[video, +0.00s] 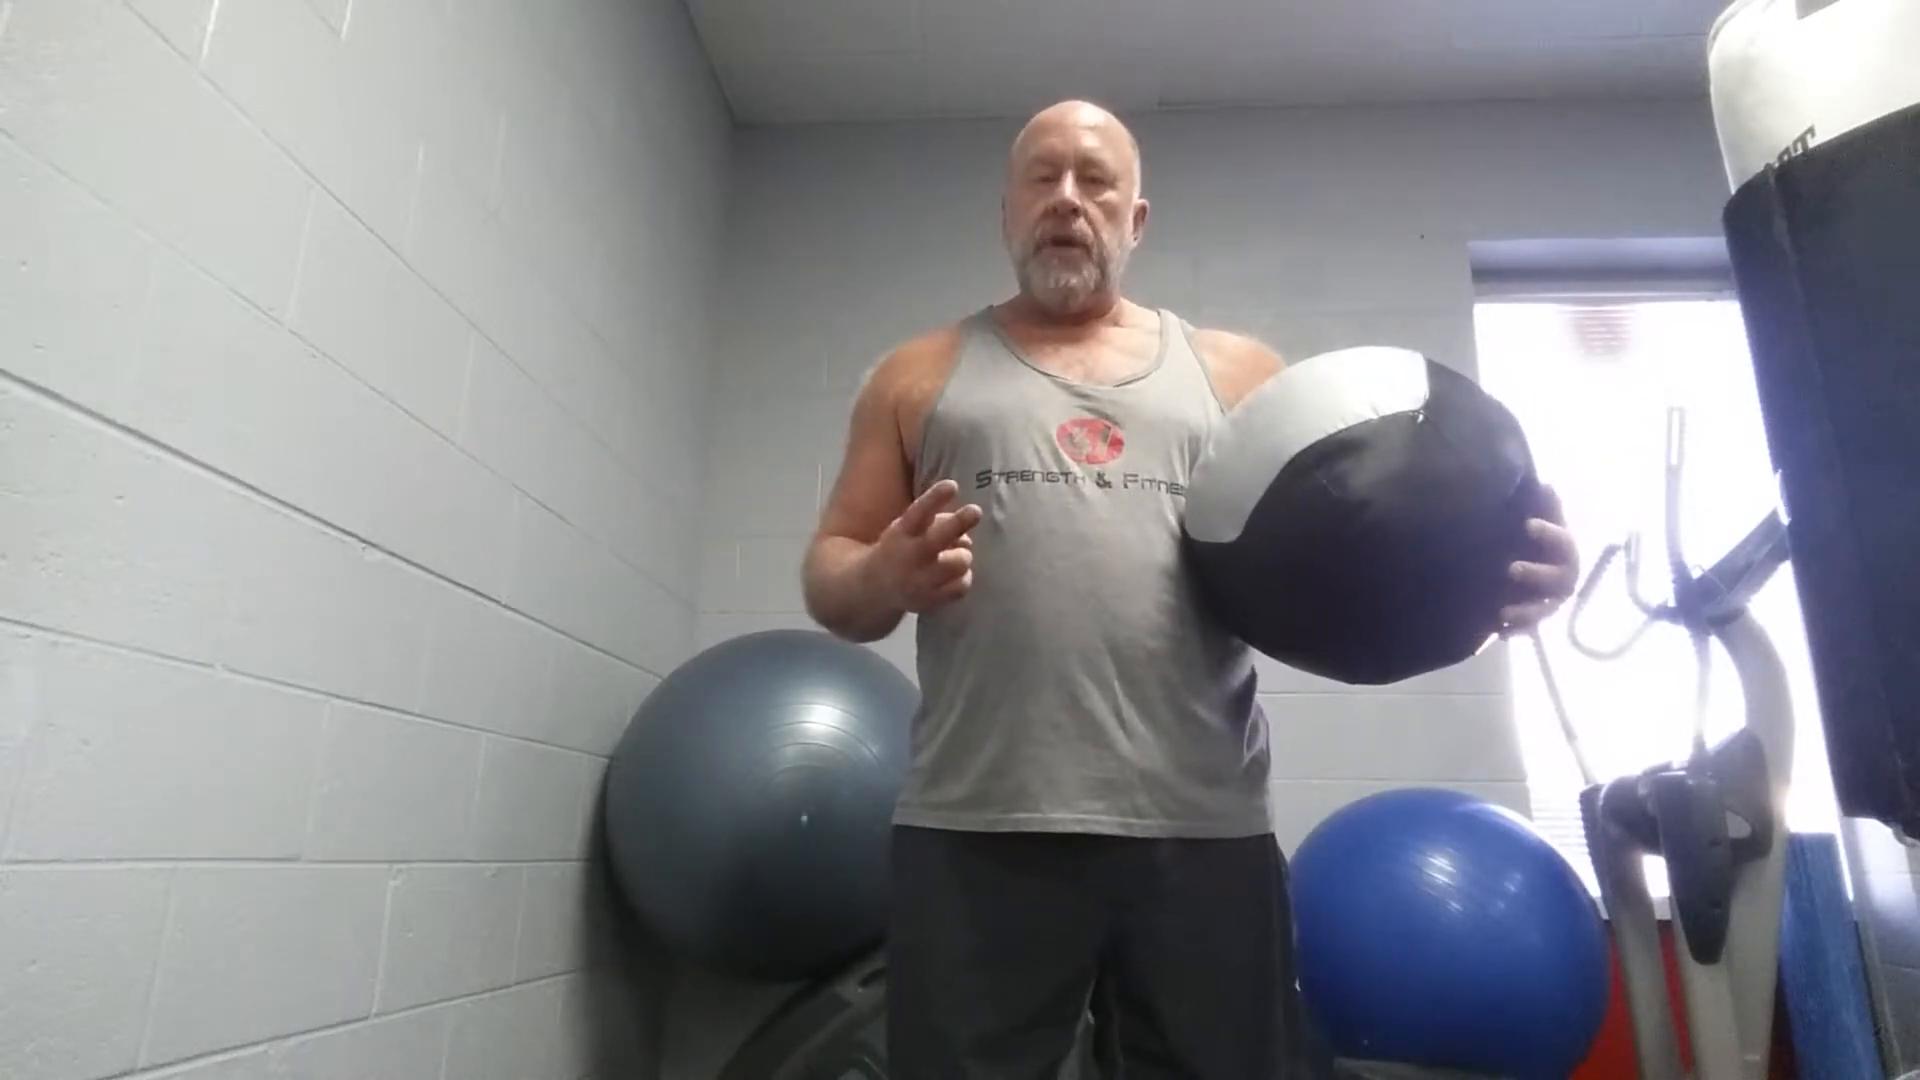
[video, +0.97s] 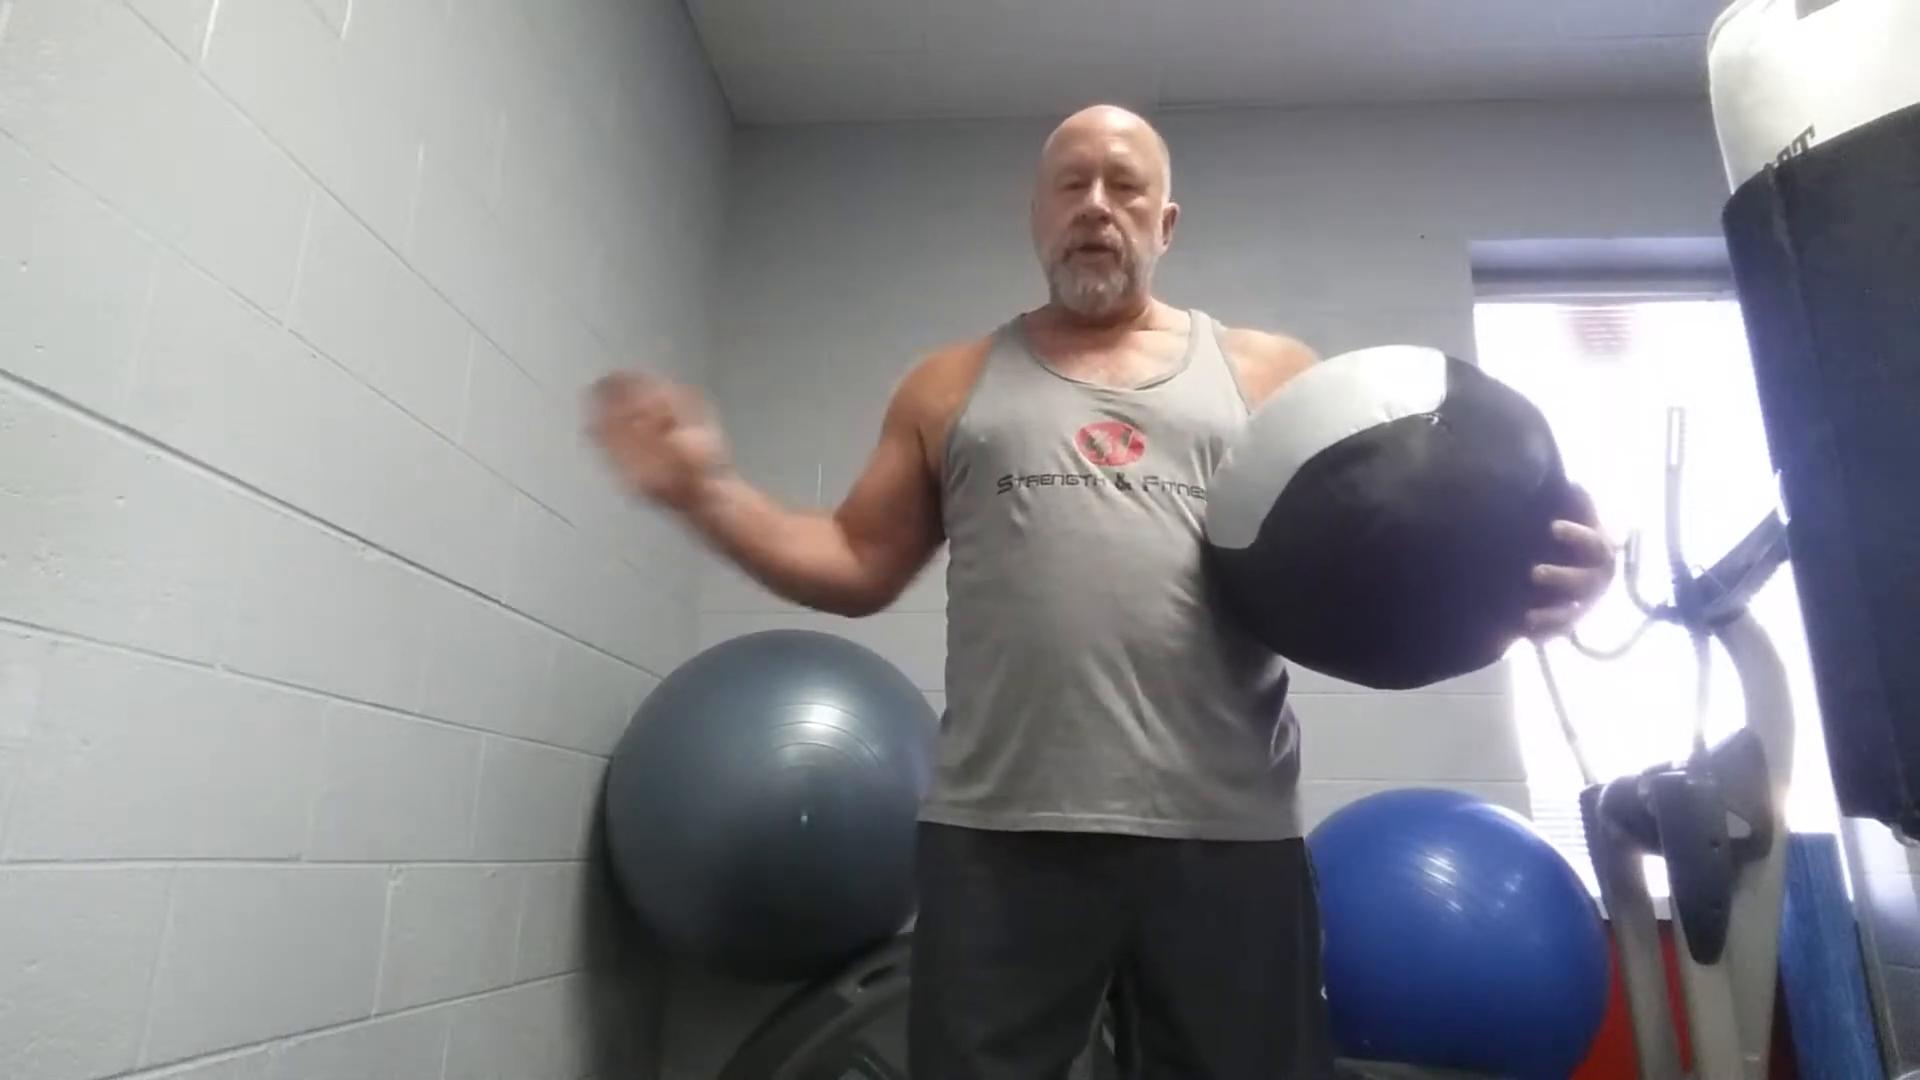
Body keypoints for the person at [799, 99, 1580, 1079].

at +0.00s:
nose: (1065, 197)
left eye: (1095, 178)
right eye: (1041, 175)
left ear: (1137, 217)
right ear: (1003, 209)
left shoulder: (1235, 370)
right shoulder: (916, 377)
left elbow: (1370, 536)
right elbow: (832, 590)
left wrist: (1515, 570)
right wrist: (881, 578)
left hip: (1204, 836)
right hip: (976, 834)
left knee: (1229, 1072)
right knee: (961, 1070)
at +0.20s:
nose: (1058, 199)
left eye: (1086, 178)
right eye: (1034, 178)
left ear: (1133, 212)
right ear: (998, 213)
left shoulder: (1236, 368)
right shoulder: (919, 381)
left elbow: (1377, 529)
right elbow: (842, 599)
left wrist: (1527, 564)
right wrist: (863, 525)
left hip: (1206, 834)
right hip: (979, 835)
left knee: (1231, 1068)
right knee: (967, 1068)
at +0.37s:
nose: (1060, 203)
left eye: (1086, 181)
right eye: (1035, 183)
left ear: (1136, 210)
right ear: (1000, 216)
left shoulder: (1245, 366)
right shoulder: (927, 384)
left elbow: (1383, 525)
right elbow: (824, 565)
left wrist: (1534, 557)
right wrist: (653, 498)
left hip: (1213, 840)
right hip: (986, 842)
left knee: (1254, 1073)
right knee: (970, 1074)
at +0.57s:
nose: (1059, 208)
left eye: (1088, 188)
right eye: (1035, 187)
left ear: (1136, 216)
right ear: (1004, 216)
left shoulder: (1251, 366)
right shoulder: (931, 388)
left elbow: (1375, 542)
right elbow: (852, 580)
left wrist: (1533, 564)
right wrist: (769, 477)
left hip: (1216, 834)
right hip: (991, 837)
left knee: (1248, 1071)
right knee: (974, 1068)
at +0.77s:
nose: (1074, 207)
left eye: (1104, 184)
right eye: (1051, 185)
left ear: (1152, 216)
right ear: (1018, 215)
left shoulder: (1259, 368)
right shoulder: (942, 387)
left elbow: (1388, 537)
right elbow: (863, 574)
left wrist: (1544, 564)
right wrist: (754, 489)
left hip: (1219, 836)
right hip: (993, 835)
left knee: (1247, 1075)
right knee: (969, 1072)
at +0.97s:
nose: (1098, 204)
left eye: (1126, 184)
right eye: (1073, 182)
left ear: (1168, 219)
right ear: (1032, 216)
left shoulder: (1268, 372)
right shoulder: (950, 384)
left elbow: (1390, 545)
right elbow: (854, 566)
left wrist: (1543, 573)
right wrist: (708, 491)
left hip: (1228, 842)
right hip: (997, 840)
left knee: (1250, 1073)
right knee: (974, 1074)